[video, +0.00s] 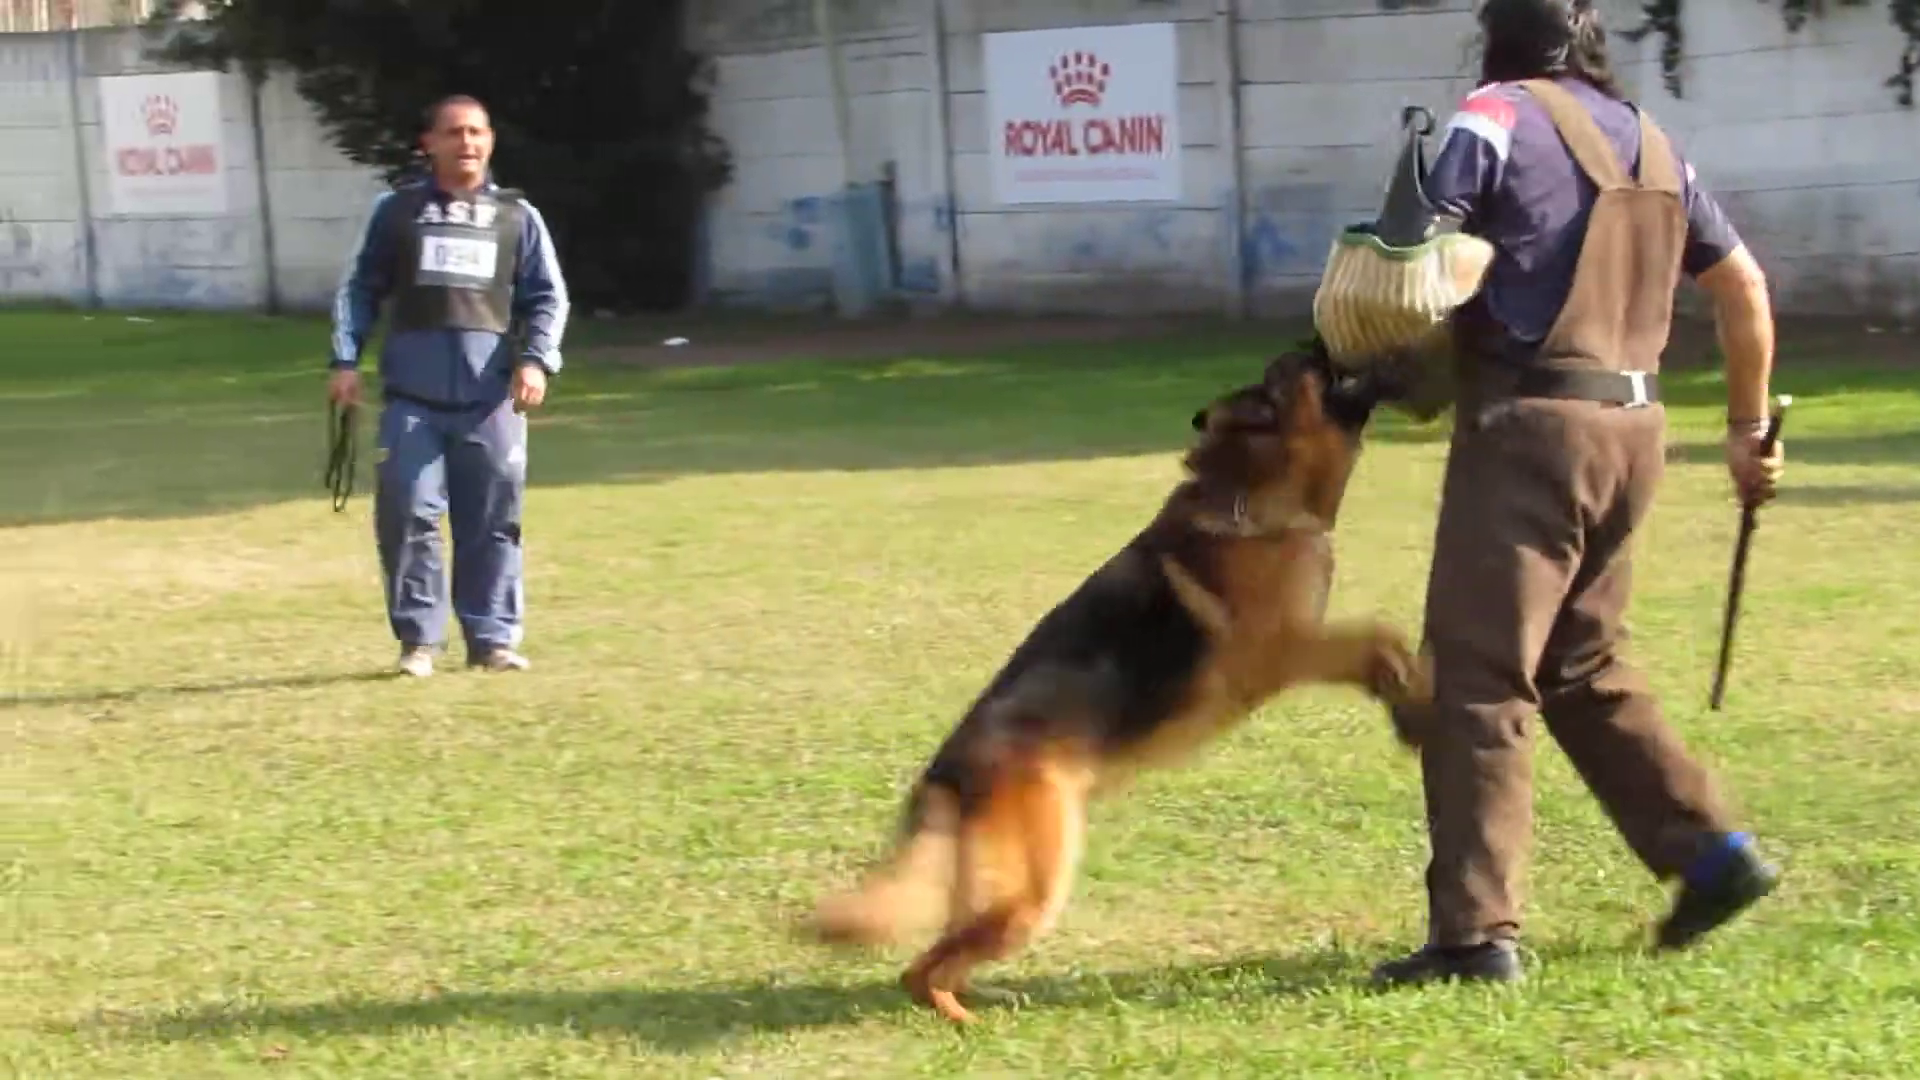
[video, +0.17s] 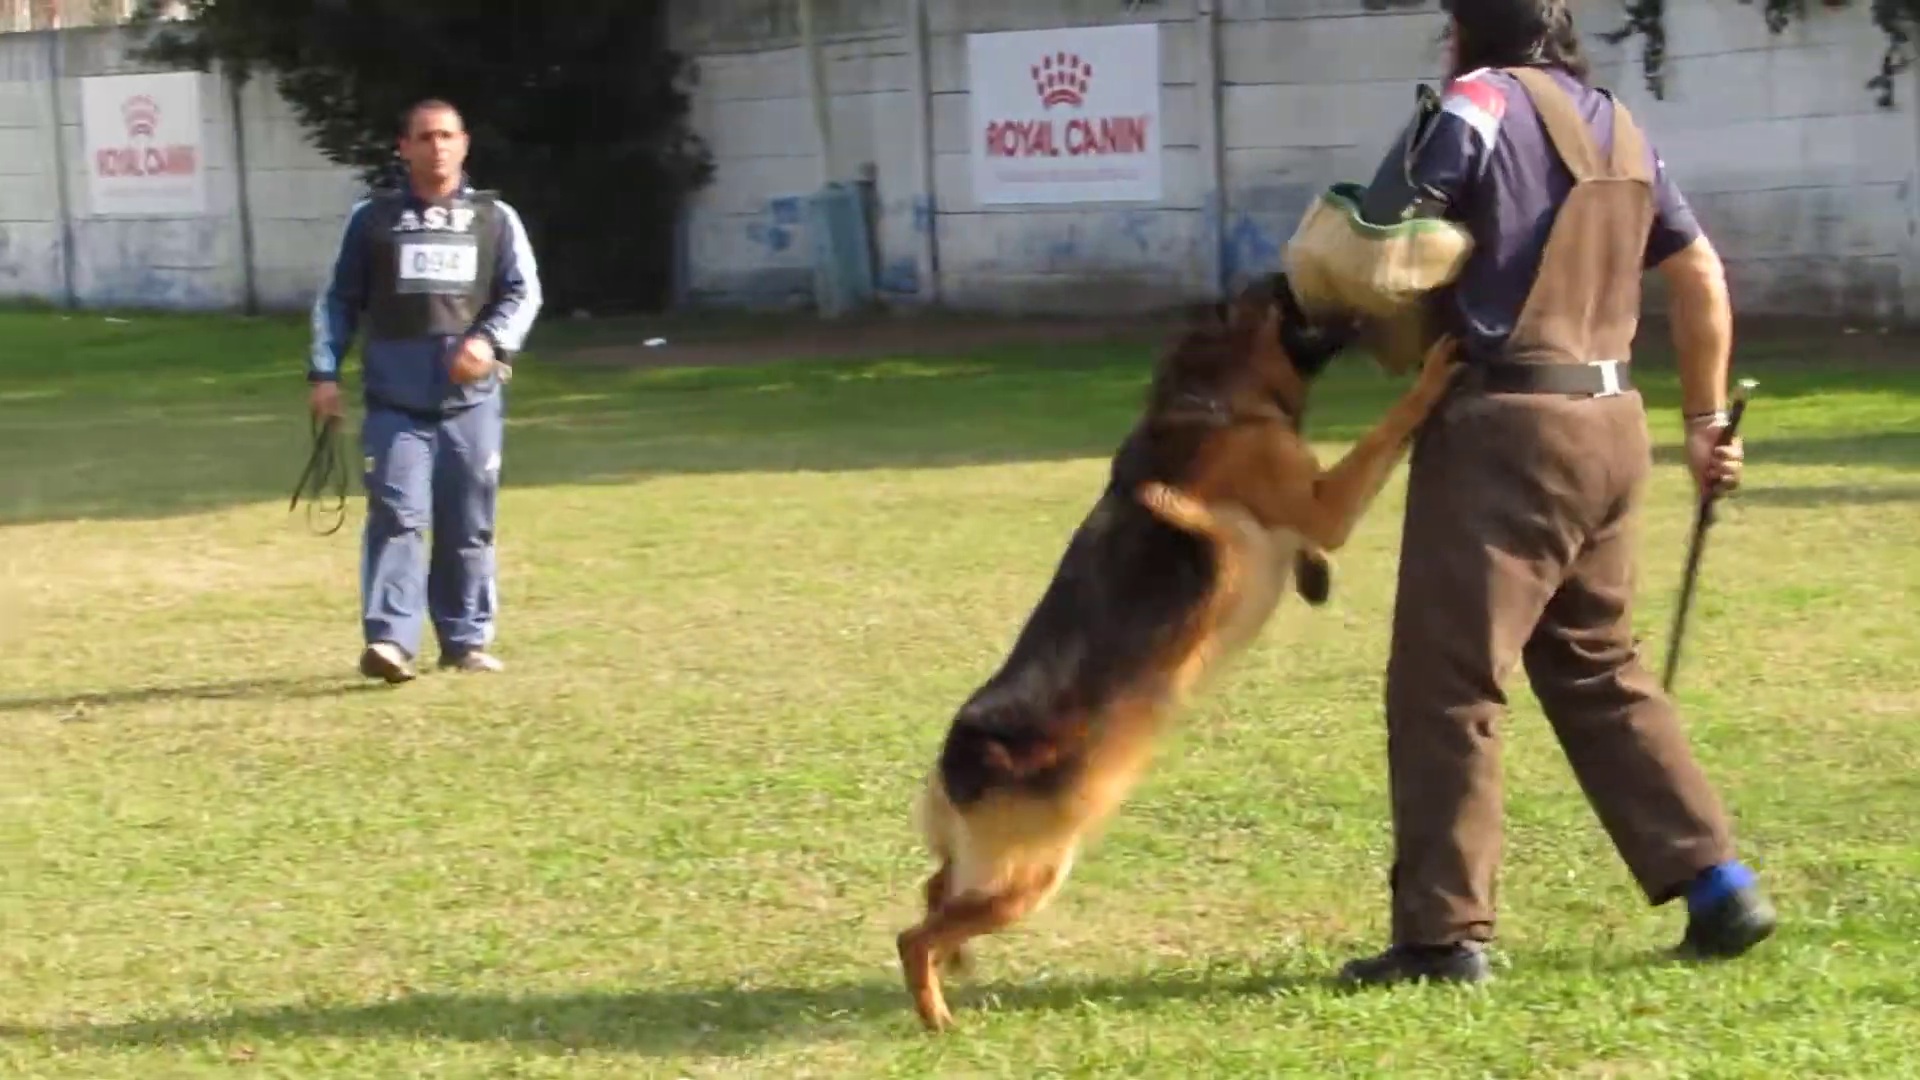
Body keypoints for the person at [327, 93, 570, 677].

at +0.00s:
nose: (468, 141)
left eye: (476, 131)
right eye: (455, 132)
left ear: (491, 142)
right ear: (428, 144)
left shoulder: (517, 216)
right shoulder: (396, 211)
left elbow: (547, 296)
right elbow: (360, 288)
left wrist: (536, 360)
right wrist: (345, 360)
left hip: (491, 398)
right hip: (413, 398)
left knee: (495, 521)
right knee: (408, 514)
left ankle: (493, 640)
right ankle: (417, 641)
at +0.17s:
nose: (438, 145)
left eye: (447, 135)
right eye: (426, 137)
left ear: (465, 145)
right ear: (404, 148)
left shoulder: (495, 218)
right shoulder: (373, 218)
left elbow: (523, 292)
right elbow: (339, 298)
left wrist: (489, 340)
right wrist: (324, 372)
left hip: (471, 396)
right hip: (395, 398)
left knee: (469, 526)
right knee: (398, 516)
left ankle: (466, 641)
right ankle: (390, 641)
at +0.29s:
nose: (362, 153)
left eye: (373, 142)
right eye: (351, 143)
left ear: (397, 150)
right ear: (336, 154)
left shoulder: (435, 220)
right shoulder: (314, 230)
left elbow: (469, 288)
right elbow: (285, 311)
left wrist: (431, 323)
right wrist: (276, 388)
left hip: (425, 402)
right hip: (349, 407)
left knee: (424, 526)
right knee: (354, 527)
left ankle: (424, 642)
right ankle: (350, 655)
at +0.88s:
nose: (279, 186)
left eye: (290, 179)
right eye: (280, 177)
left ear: (330, 186)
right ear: (309, 186)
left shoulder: (391, 246)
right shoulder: (265, 252)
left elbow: (432, 317)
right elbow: (230, 336)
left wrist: (437, 392)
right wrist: (231, 412)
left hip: (370, 419)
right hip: (292, 422)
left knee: (372, 550)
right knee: (297, 548)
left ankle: (371, 681)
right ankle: (317, 665)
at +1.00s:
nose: (189, 185)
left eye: (200, 175)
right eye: (190, 173)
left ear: (240, 185)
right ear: (226, 184)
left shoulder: (299, 256)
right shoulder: (171, 252)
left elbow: (331, 345)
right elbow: (135, 337)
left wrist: (339, 429)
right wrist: (127, 416)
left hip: (271, 435)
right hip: (191, 436)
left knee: (271, 564)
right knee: (184, 563)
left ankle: (268, 690)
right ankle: (201, 652)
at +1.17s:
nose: (168, 172)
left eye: (182, 162)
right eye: (166, 161)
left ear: (221, 169)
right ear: (169, 167)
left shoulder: (273, 240)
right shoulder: (142, 241)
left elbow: (306, 318)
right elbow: (105, 325)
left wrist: (281, 379)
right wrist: (96, 404)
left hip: (246, 433)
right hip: (163, 433)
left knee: (245, 568)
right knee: (159, 564)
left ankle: (244, 693)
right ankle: (162, 701)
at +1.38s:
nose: (164, 189)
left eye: (172, 178)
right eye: (150, 179)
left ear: (187, 184)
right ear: (125, 189)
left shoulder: (229, 250)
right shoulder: (97, 269)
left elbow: (279, 310)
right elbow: (62, 347)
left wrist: (242, 329)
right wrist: (48, 417)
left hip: (214, 450)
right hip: (131, 453)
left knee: (211, 578)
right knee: (115, 569)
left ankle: (207, 701)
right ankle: (106, 714)